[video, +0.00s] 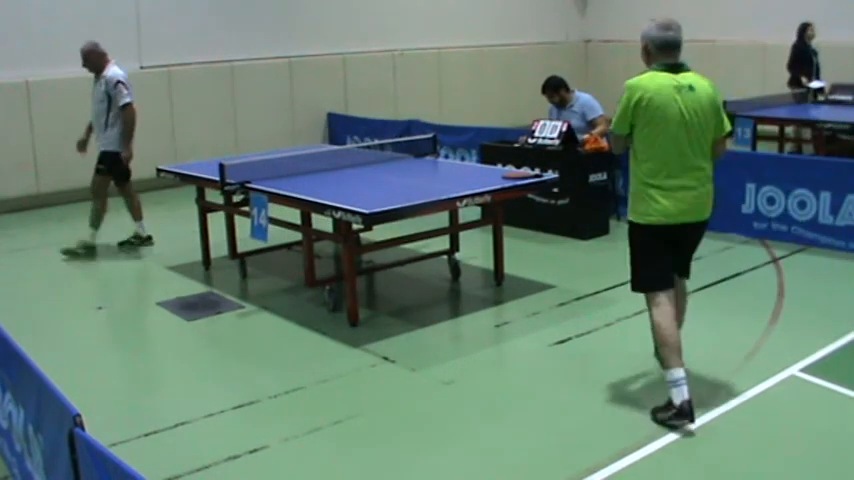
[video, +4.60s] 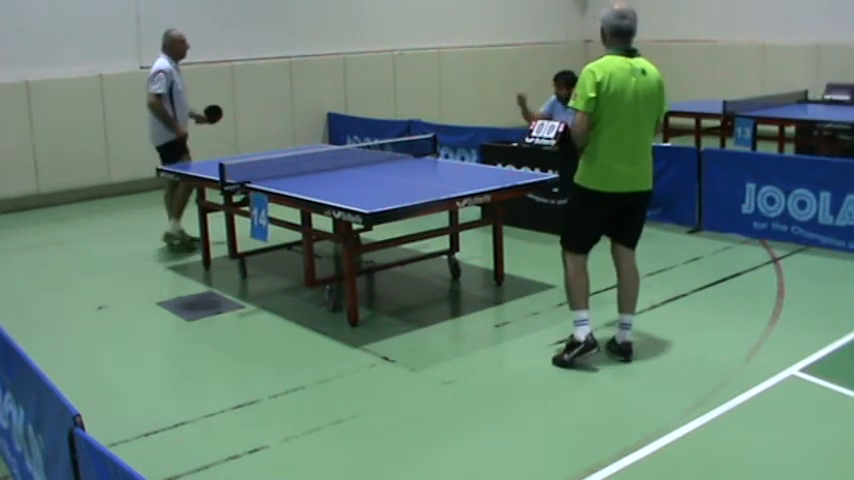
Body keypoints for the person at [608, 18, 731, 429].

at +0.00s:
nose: (643, 55)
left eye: (643, 50)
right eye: (648, 49)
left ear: (646, 52)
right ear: (680, 50)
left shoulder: (637, 88)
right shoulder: (704, 88)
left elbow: (618, 143)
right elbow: (721, 145)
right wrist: (693, 157)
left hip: (653, 211)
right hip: (697, 208)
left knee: (659, 300)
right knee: (679, 278)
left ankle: (681, 402)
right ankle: (669, 347)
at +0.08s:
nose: (636, 55)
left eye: (637, 50)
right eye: (640, 49)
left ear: (641, 51)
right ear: (674, 50)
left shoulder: (634, 86)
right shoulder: (698, 88)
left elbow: (616, 142)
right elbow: (715, 148)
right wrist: (681, 146)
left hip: (648, 207)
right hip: (691, 204)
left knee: (646, 292)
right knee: (671, 271)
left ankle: (671, 369)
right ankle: (670, 349)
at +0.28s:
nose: (621, 49)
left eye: (621, 44)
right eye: (623, 44)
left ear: (626, 44)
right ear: (657, 41)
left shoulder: (620, 78)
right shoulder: (684, 78)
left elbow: (606, 139)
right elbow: (703, 134)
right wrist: (672, 143)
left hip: (632, 191)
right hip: (676, 191)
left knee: (613, 254)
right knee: (661, 258)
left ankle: (642, 321)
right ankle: (669, 343)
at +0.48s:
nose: (601, 52)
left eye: (601, 48)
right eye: (604, 47)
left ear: (605, 48)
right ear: (634, 45)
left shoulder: (597, 81)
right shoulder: (660, 77)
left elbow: (583, 137)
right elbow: (681, 130)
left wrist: (589, 140)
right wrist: (657, 151)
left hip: (614, 189)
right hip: (658, 188)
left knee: (600, 251)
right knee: (661, 265)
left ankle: (587, 305)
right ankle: (668, 343)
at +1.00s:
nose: (545, 62)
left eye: (545, 58)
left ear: (549, 58)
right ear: (574, 53)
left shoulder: (545, 86)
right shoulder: (600, 71)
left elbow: (545, 136)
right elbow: (623, 112)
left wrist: (538, 166)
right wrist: (628, 154)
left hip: (572, 170)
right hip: (612, 163)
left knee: (569, 233)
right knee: (627, 231)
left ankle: (575, 300)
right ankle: (640, 298)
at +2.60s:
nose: (564, 37)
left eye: (567, 32)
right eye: (566, 31)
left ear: (576, 37)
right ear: (603, 37)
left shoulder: (575, 75)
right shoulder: (626, 74)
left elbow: (561, 136)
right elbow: (623, 125)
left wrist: (555, 116)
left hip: (581, 188)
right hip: (617, 185)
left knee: (584, 267)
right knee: (610, 252)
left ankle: (590, 349)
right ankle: (626, 326)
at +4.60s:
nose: (600, 37)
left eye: (600, 32)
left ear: (603, 34)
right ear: (634, 35)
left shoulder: (595, 72)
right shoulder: (653, 75)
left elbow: (579, 129)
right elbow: (658, 128)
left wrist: (580, 143)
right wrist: (625, 130)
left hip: (596, 183)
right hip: (638, 184)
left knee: (574, 251)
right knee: (625, 251)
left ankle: (583, 335)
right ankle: (625, 337)